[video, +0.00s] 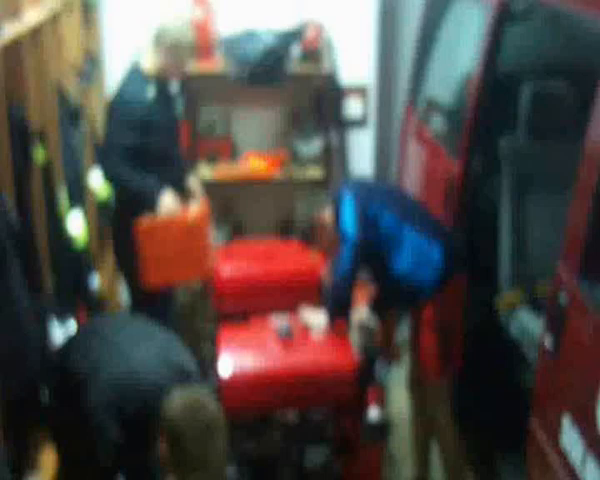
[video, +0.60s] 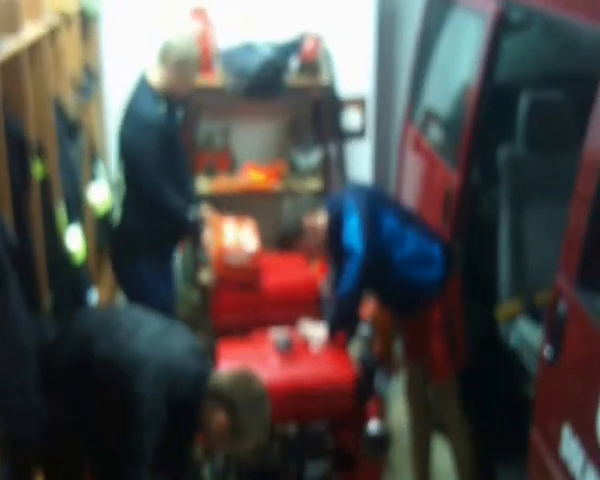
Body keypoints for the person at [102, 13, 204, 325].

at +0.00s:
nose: (183, 66)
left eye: (186, 57)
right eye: (178, 56)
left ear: (178, 53)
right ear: (161, 50)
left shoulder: (164, 90)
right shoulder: (133, 96)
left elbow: (167, 150)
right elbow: (114, 161)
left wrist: (185, 177)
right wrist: (156, 193)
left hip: (162, 217)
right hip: (136, 221)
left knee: (163, 305)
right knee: (149, 308)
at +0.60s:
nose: (192, 85)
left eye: (193, 77)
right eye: (188, 77)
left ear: (173, 68)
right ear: (171, 69)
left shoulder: (165, 105)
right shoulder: (147, 114)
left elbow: (175, 168)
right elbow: (151, 182)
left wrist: (193, 202)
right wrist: (188, 214)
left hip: (157, 237)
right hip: (140, 242)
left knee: (163, 325)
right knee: (156, 328)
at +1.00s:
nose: (200, 107)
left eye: (202, 98)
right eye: (197, 98)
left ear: (177, 89)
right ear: (178, 92)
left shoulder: (167, 120)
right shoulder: (153, 138)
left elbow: (172, 191)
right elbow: (144, 216)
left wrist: (193, 226)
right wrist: (180, 259)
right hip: (148, 261)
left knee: (163, 346)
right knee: (158, 349)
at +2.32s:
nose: (177, 81)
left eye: (180, 73)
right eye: (174, 72)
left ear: (161, 68)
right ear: (155, 67)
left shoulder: (157, 103)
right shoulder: (132, 119)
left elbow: (169, 168)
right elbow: (147, 196)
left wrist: (202, 183)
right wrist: (206, 218)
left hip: (156, 241)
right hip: (140, 249)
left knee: (157, 336)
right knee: (163, 340)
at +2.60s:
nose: (194, 77)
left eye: (196, 69)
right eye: (192, 69)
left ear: (175, 59)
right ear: (172, 59)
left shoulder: (159, 90)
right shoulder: (152, 108)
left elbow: (190, 137)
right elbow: (181, 178)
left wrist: (230, 165)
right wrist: (241, 200)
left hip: (159, 230)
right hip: (153, 240)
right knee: (165, 330)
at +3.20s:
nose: (236, 67)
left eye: (238, 58)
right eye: (235, 58)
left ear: (211, 43)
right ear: (220, 52)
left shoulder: (183, 65)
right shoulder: (186, 94)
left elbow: (207, 138)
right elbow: (210, 170)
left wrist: (241, 169)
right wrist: (261, 206)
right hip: (154, 215)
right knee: (166, 305)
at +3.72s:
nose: (238, 36)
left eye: (241, 28)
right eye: (239, 27)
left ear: (215, 13)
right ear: (224, 19)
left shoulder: (182, 36)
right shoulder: (192, 62)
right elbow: (213, 137)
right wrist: (258, 163)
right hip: (158, 185)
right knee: (170, 273)